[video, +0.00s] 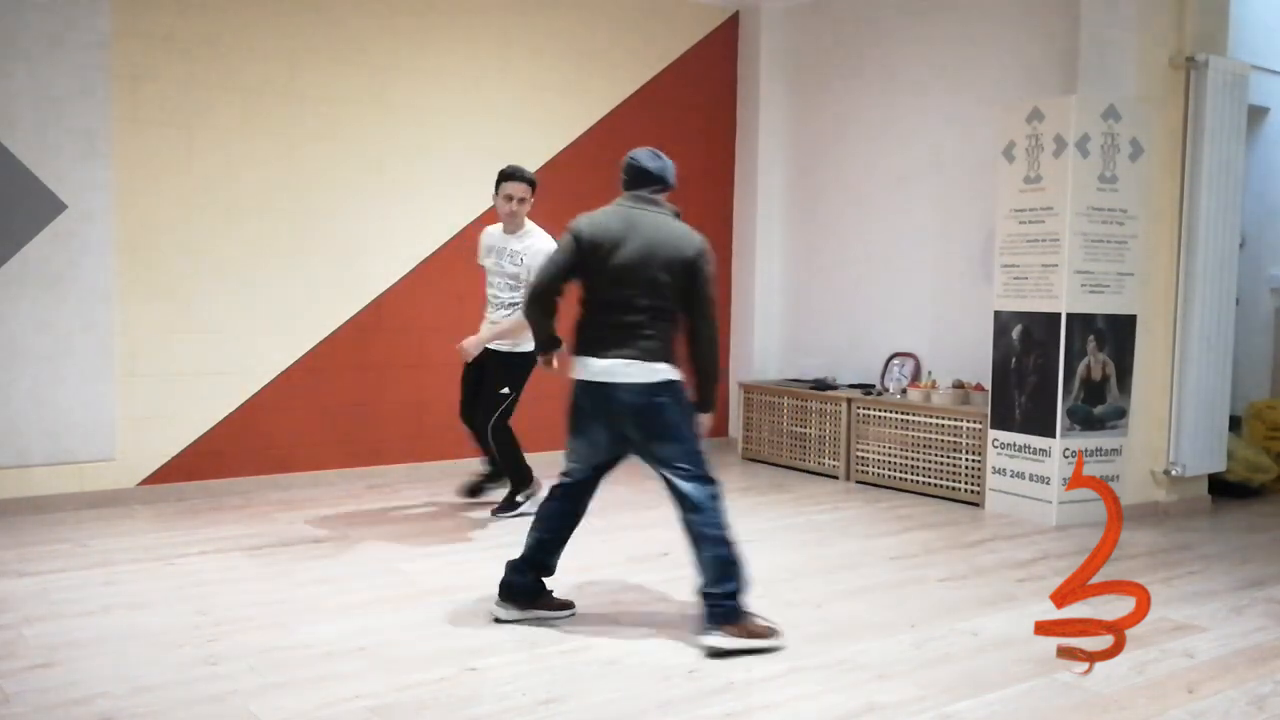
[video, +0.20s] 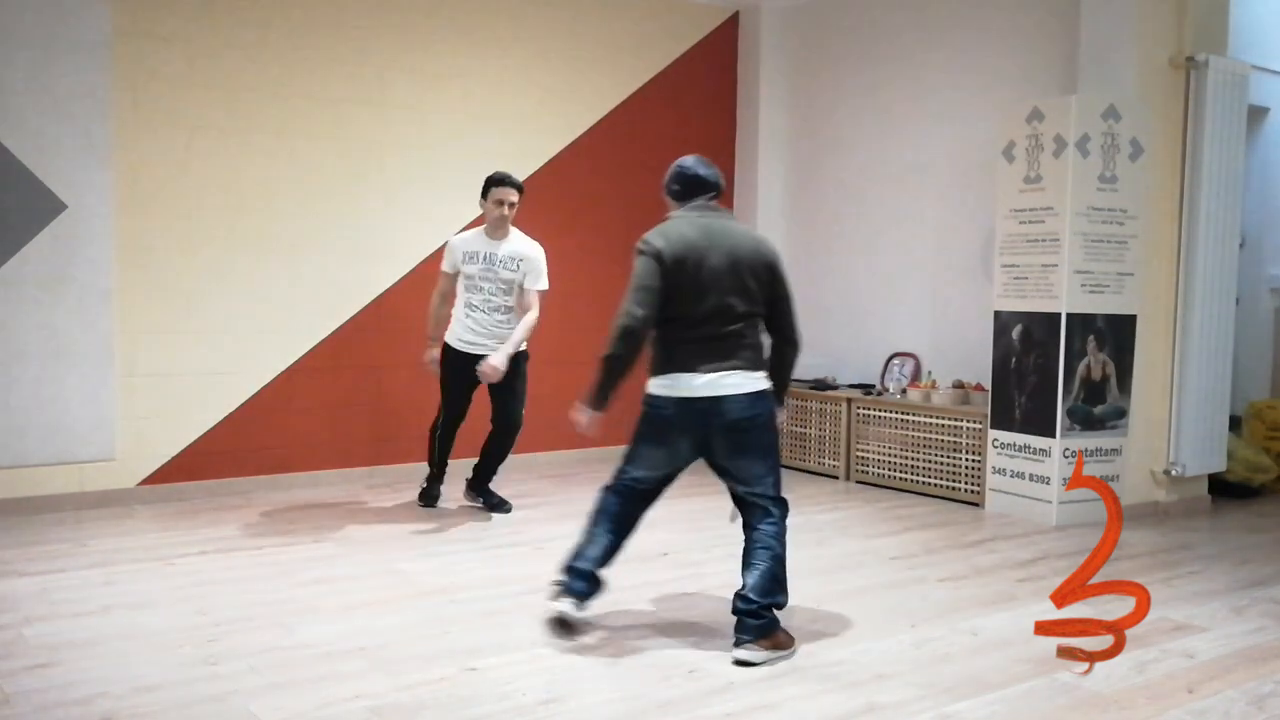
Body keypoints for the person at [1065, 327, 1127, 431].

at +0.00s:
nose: (1087, 345)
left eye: (1091, 342)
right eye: (1088, 342)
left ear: (1099, 344)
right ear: (1088, 345)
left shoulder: (1108, 364)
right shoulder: (1083, 365)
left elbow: (1114, 390)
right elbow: (1076, 391)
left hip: (1102, 406)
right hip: (1086, 406)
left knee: (1121, 411)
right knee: (1071, 410)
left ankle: (1086, 425)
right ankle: (1102, 425)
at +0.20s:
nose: (1087, 346)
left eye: (1090, 342)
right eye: (1087, 342)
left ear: (1098, 344)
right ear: (1087, 345)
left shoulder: (1108, 364)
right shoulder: (1083, 365)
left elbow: (1114, 390)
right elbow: (1076, 391)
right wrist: (1071, 419)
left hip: (1102, 406)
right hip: (1086, 406)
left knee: (1121, 411)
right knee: (1071, 411)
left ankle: (1086, 425)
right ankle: (1100, 425)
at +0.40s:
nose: (1087, 346)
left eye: (1090, 342)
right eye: (1087, 342)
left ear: (1098, 344)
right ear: (1087, 345)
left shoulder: (1108, 364)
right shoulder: (1083, 365)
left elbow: (1114, 390)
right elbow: (1076, 391)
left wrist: (1108, 406)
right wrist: (1071, 419)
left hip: (1103, 406)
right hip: (1086, 406)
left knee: (1121, 411)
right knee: (1071, 411)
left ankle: (1086, 425)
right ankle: (1100, 425)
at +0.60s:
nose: (1088, 345)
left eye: (1091, 342)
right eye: (1088, 342)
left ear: (1098, 344)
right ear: (1087, 344)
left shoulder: (1108, 365)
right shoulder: (1083, 365)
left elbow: (1114, 390)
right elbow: (1076, 390)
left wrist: (1108, 407)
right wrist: (1070, 409)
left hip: (1102, 407)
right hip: (1086, 406)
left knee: (1122, 411)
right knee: (1071, 410)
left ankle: (1086, 425)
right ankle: (1100, 424)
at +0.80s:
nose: (1088, 345)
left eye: (1091, 342)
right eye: (1088, 342)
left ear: (1098, 344)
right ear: (1088, 344)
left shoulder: (1108, 365)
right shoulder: (1083, 365)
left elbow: (1114, 391)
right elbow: (1076, 390)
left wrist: (1107, 407)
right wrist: (1070, 409)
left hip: (1102, 406)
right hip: (1086, 406)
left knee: (1122, 411)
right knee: (1071, 410)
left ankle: (1086, 425)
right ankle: (1100, 425)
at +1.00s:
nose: (1088, 345)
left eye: (1091, 342)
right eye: (1088, 342)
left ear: (1098, 344)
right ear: (1087, 344)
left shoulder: (1108, 364)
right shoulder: (1084, 364)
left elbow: (1114, 390)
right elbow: (1076, 390)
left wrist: (1109, 406)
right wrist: (1070, 409)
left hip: (1102, 406)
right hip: (1085, 405)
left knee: (1121, 411)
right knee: (1071, 410)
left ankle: (1086, 425)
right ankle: (1100, 425)